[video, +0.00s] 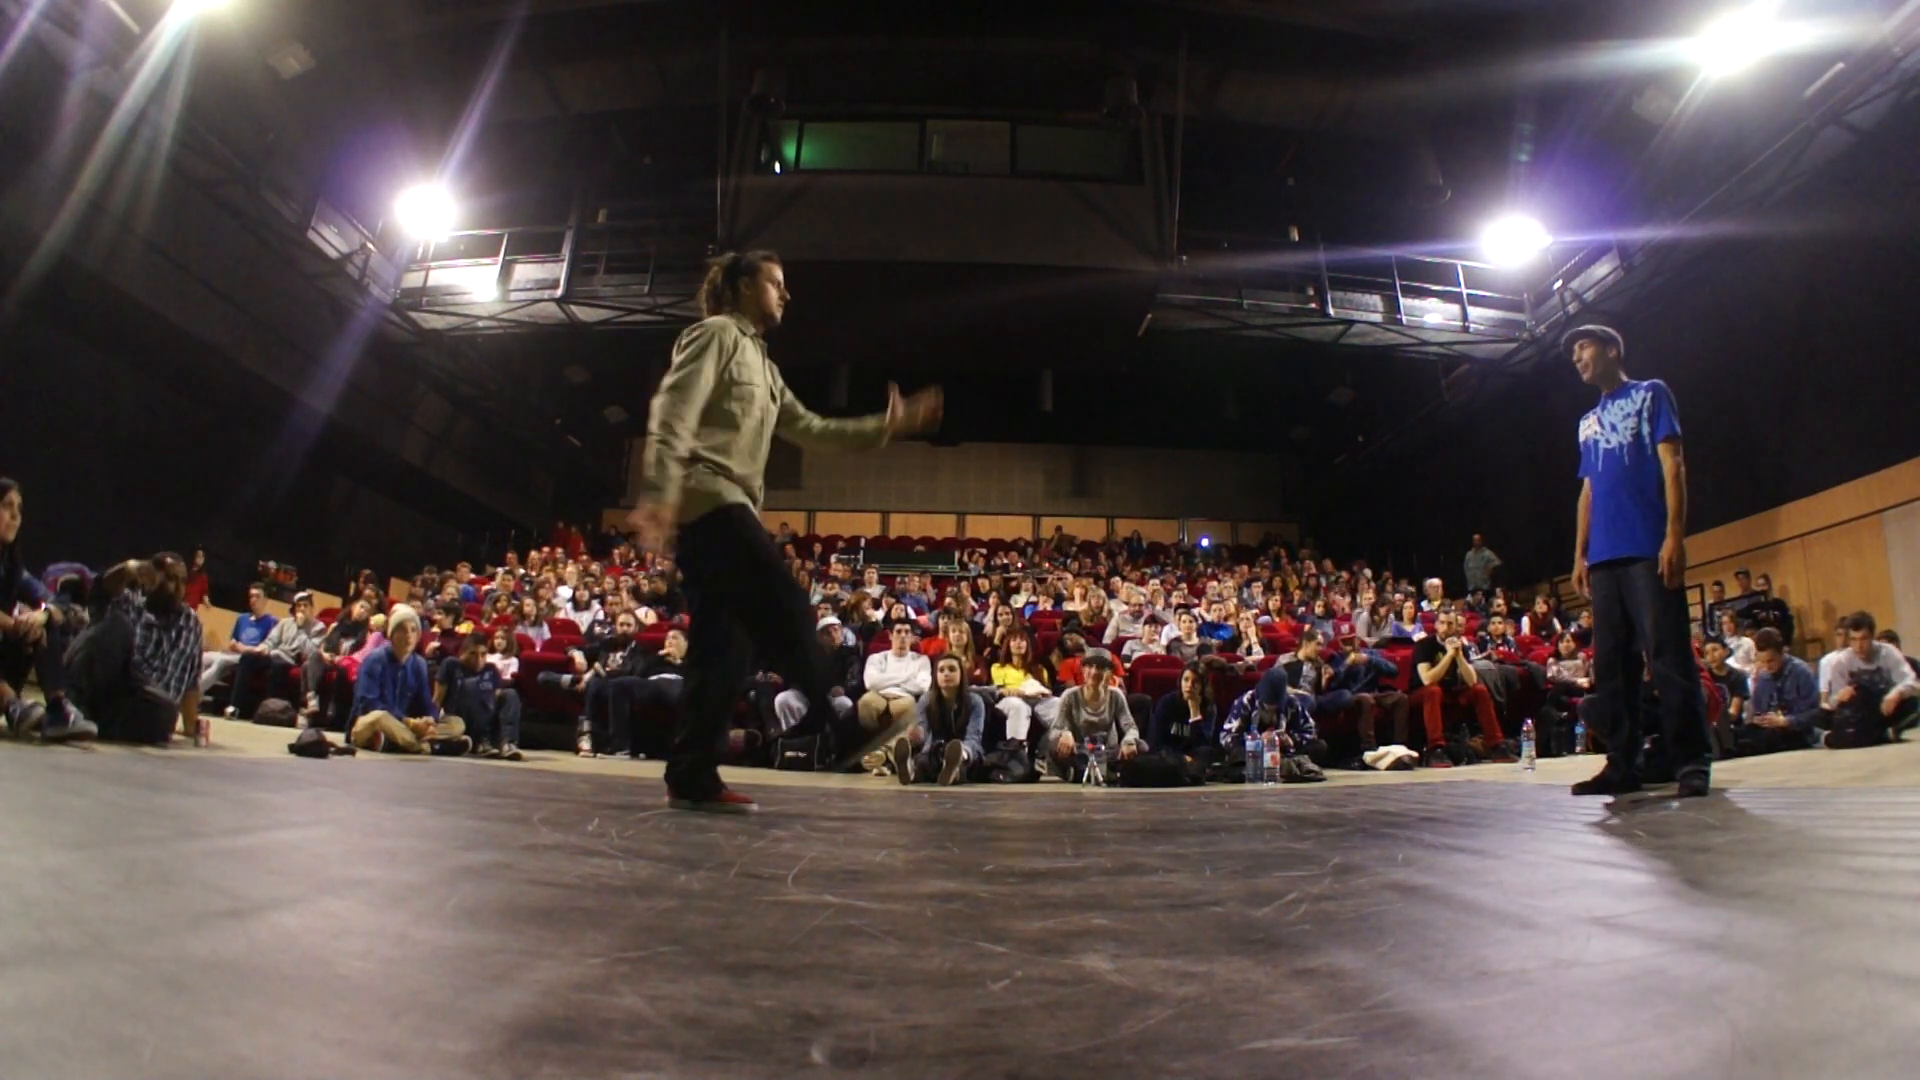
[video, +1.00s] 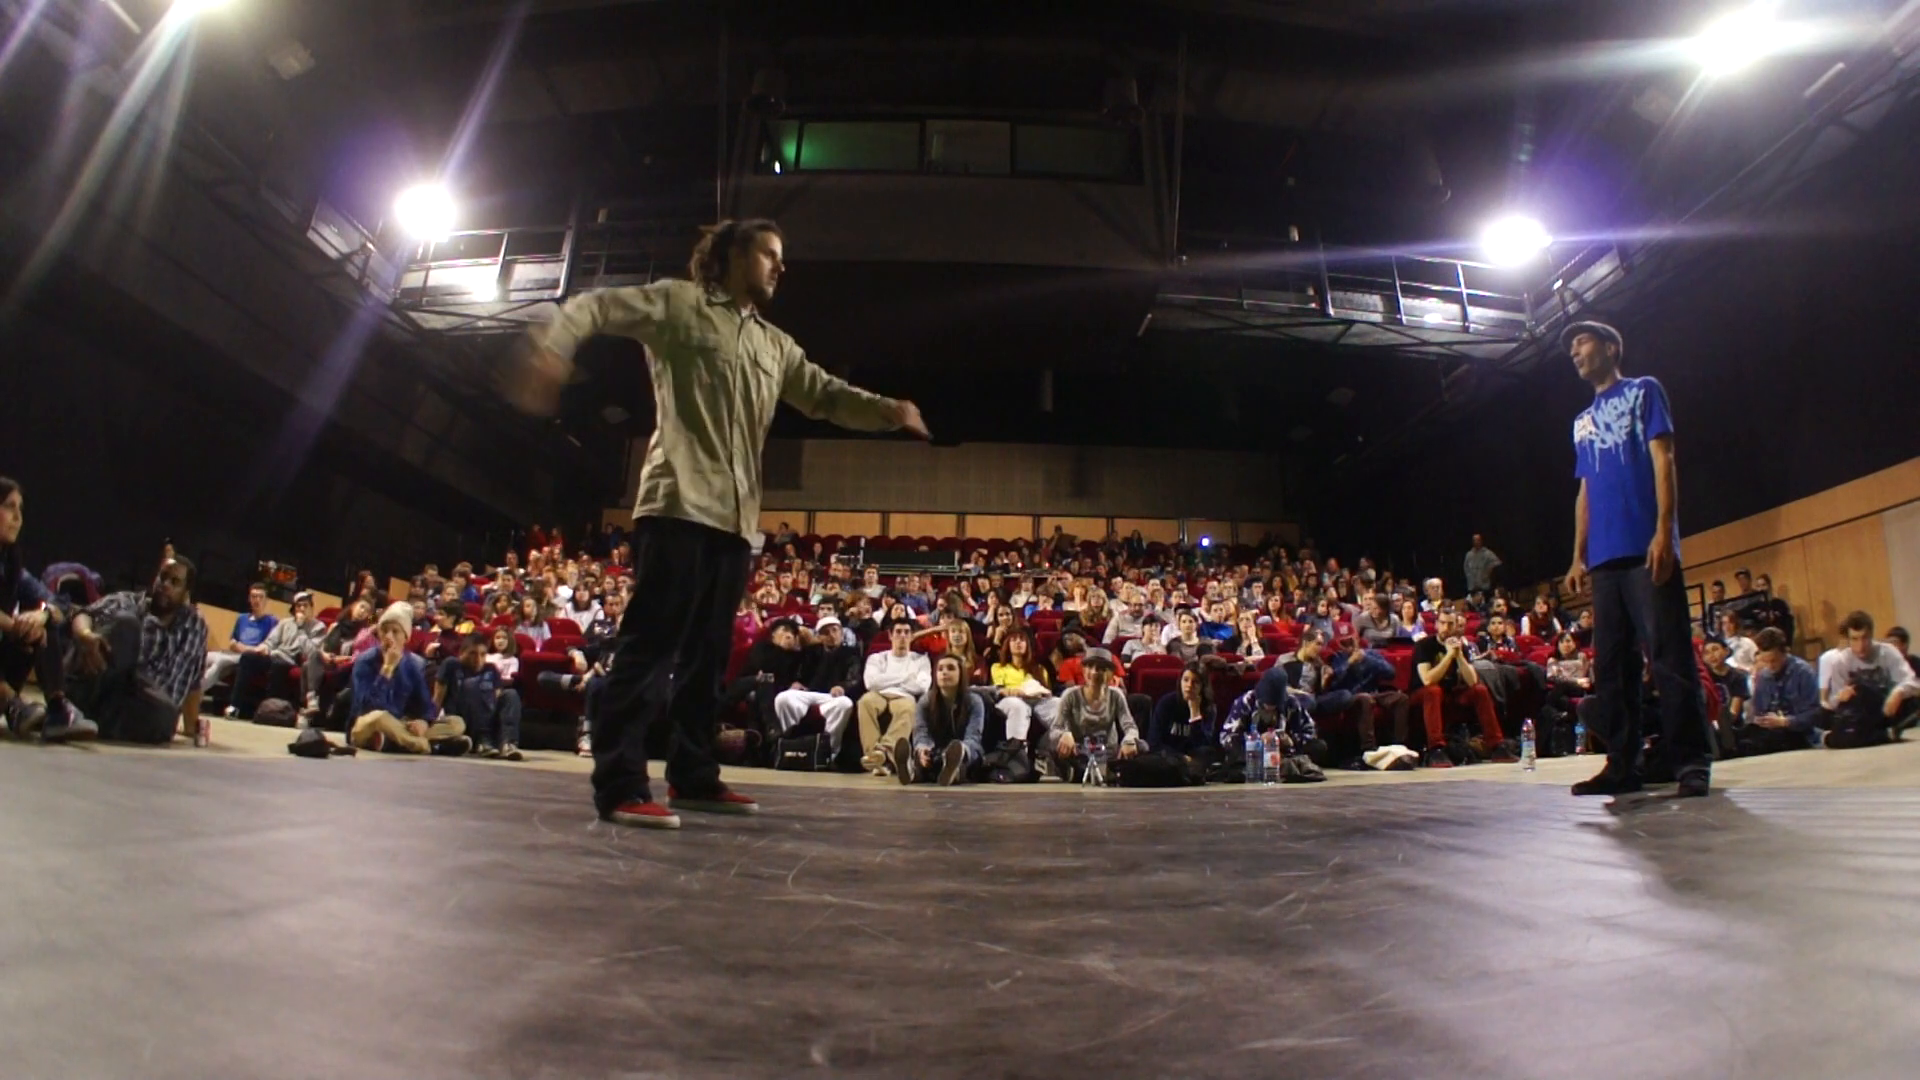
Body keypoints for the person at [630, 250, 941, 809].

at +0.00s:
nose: (785, 296)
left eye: (784, 287)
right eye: (775, 284)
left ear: (755, 294)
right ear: (741, 287)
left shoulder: (764, 368)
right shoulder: (716, 333)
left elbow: (810, 429)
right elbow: (673, 411)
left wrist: (888, 422)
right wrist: (660, 492)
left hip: (729, 505)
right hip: (707, 499)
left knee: (720, 645)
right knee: (784, 607)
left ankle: (693, 774)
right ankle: (837, 722)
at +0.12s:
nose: (784, 293)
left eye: (784, 285)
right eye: (775, 282)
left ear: (761, 291)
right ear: (741, 283)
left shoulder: (769, 369)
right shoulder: (711, 327)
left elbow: (828, 415)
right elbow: (648, 383)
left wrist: (883, 368)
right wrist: (624, 481)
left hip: (726, 489)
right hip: (703, 477)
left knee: (684, 638)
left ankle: (693, 778)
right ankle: (878, 644)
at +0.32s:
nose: (781, 289)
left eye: (782, 282)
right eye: (771, 277)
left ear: (764, 290)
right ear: (735, 279)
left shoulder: (769, 363)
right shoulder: (700, 325)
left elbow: (830, 406)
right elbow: (631, 388)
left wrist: (897, 371)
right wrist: (600, 456)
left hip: (724, 489)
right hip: (694, 481)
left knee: (685, 638)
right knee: (805, 544)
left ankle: (690, 778)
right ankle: (881, 676)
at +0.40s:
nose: (774, 289)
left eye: (778, 284)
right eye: (766, 278)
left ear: (772, 293)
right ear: (732, 274)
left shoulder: (767, 358)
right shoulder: (694, 322)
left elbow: (831, 398)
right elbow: (628, 386)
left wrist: (910, 387)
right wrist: (592, 453)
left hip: (728, 487)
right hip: (694, 478)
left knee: (693, 637)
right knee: (795, 560)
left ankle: (689, 777)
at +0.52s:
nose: (771, 285)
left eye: (778, 280)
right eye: (762, 273)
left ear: (778, 290)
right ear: (730, 270)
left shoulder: (770, 350)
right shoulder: (687, 316)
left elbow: (824, 399)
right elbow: (615, 376)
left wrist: (883, 391)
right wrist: (598, 446)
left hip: (742, 503)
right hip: (695, 484)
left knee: (717, 637)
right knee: (710, 625)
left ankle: (695, 776)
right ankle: (646, 756)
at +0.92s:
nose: (777, 270)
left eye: (781, 263)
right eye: (768, 257)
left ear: (774, 273)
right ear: (731, 254)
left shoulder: (774, 344)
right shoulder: (682, 302)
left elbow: (815, 390)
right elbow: (597, 336)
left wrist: (856, 394)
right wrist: (598, 387)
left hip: (738, 515)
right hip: (677, 499)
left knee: (707, 651)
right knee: (648, 644)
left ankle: (694, 779)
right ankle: (620, 788)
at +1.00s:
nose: (778, 268)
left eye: (781, 261)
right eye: (769, 256)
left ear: (771, 271)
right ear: (732, 255)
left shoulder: (775, 342)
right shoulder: (683, 300)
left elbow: (824, 391)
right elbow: (592, 306)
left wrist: (890, 410)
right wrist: (553, 348)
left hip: (736, 513)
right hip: (677, 500)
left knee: (707, 653)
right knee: (651, 645)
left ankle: (694, 780)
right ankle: (619, 786)